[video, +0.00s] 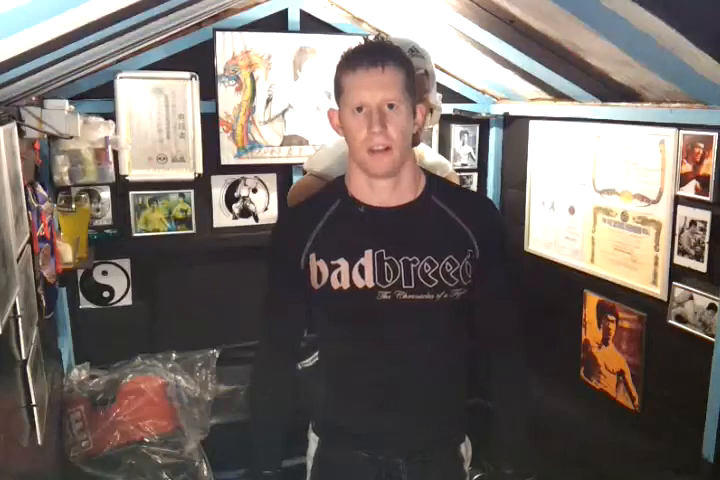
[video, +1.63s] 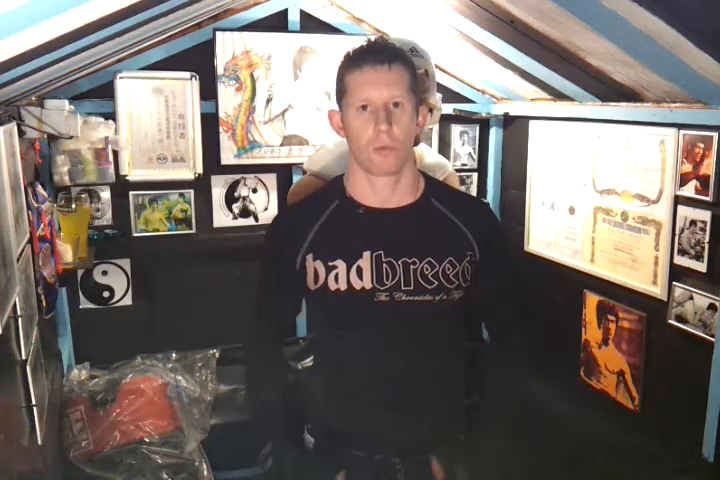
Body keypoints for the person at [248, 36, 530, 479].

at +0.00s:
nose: (377, 127)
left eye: (391, 107)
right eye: (360, 110)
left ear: (418, 117)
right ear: (338, 122)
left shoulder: (476, 221)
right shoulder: (301, 226)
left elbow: (503, 355)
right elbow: (277, 358)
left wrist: (502, 466)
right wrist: (273, 465)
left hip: (441, 458)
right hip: (342, 458)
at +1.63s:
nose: (383, 123)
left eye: (397, 105)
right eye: (365, 108)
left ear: (421, 119)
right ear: (339, 124)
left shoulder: (474, 223)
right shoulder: (299, 226)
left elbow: (510, 350)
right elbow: (266, 350)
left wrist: (473, 457)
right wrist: (288, 455)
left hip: (443, 454)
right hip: (338, 454)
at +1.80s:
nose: (372, 135)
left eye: (386, 114)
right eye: (353, 118)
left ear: (414, 120)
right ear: (330, 129)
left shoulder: (468, 224)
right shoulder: (293, 229)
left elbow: (501, 348)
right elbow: (257, 346)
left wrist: (452, 402)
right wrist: (319, 405)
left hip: (435, 458)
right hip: (334, 457)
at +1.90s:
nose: (361, 137)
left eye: (376, 114)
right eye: (343, 119)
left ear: (402, 121)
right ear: (321, 131)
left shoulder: (464, 224)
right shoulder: (287, 231)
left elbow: (493, 347)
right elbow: (256, 347)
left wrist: (446, 396)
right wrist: (314, 396)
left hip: (433, 455)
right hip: (333, 455)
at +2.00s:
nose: (350, 136)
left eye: (363, 113)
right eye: (332, 119)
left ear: (392, 120)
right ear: (312, 134)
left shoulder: (461, 223)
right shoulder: (282, 234)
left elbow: (492, 343)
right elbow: (253, 350)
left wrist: (445, 397)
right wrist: (310, 392)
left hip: (433, 457)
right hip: (333, 457)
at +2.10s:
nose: (338, 136)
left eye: (352, 112)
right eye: (319, 118)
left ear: (384, 121)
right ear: (302, 134)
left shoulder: (462, 223)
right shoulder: (279, 237)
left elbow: (494, 347)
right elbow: (252, 350)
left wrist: (443, 406)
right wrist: (303, 391)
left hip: (435, 457)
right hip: (332, 460)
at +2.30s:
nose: (321, 148)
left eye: (339, 123)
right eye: (303, 128)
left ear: (376, 127)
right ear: (284, 138)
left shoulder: (464, 237)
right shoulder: (280, 243)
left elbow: (520, 361)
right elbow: (262, 356)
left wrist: (445, 432)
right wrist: (280, 409)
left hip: (440, 466)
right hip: (325, 464)